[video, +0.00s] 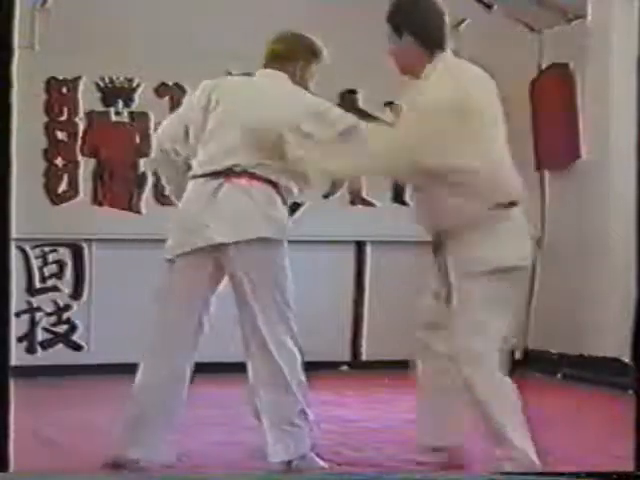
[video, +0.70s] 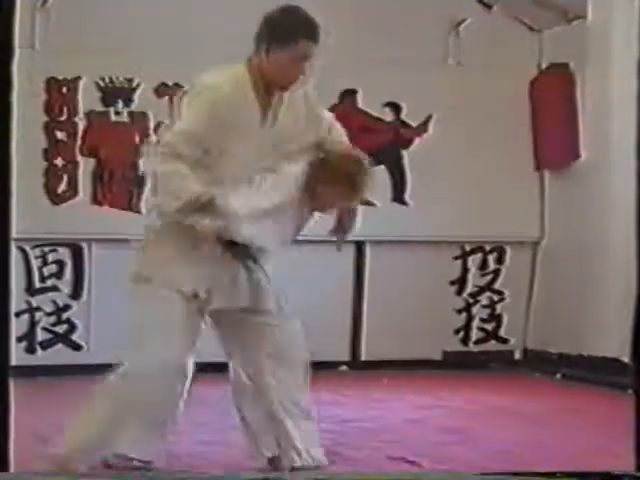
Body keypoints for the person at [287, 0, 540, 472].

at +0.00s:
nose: (390, 53)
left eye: (393, 42)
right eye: (390, 42)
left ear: (412, 41)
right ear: (432, 36)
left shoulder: (441, 93)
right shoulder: (464, 79)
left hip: (489, 234)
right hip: (459, 235)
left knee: (474, 348)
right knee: (436, 338)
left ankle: (521, 459)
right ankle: (442, 445)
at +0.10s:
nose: (383, 47)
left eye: (385, 36)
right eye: (384, 37)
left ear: (400, 37)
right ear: (436, 33)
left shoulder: (402, 83)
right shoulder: (476, 87)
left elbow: (321, 103)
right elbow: (500, 161)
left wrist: (249, 86)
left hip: (448, 234)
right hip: (483, 231)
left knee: (419, 343)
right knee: (426, 344)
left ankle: (507, 435)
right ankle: (422, 455)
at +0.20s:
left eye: (382, 31)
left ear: (382, 35)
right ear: (428, 35)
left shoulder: (349, 79)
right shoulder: (451, 90)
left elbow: (272, 79)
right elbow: (481, 164)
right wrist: (457, 212)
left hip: (380, 233)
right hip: (441, 230)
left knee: (371, 354)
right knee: (426, 354)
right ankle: (431, 453)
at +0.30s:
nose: (429, 47)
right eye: (429, 39)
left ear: (379, 33)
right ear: (421, 39)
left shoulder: (320, 81)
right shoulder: (429, 86)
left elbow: (281, 146)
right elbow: (436, 157)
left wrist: (294, 210)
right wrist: (459, 206)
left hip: (329, 227)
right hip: (392, 224)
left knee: (356, 345)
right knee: (424, 346)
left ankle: (335, 416)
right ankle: (437, 449)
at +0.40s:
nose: (413, 71)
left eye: (417, 61)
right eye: (413, 59)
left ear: (373, 45)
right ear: (393, 51)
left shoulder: (327, 77)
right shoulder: (373, 89)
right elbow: (360, 164)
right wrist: (414, 203)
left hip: (272, 224)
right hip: (309, 227)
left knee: (339, 343)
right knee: (384, 333)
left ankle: (309, 447)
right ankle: (390, 448)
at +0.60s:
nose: (343, 73)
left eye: (347, 63)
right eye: (340, 61)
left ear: (321, 57)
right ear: (310, 53)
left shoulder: (324, 112)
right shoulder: (261, 94)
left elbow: (347, 171)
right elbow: (208, 162)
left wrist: (354, 199)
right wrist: (256, 213)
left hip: (267, 247)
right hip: (208, 240)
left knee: (301, 341)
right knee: (212, 353)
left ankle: (304, 458)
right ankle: (129, 456)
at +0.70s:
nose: (305, 70)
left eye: (309, 59)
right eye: (300, 58)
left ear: (302, 56)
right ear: (267, 51)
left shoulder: (300, 102)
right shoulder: (218, 94)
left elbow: (339, 147)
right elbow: (167, 160)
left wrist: (341, 189)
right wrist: (206, 216)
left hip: (243, 253)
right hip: (179, 245)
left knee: (276, 353)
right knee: (164, 360)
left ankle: (294, 458)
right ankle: (81, 455)